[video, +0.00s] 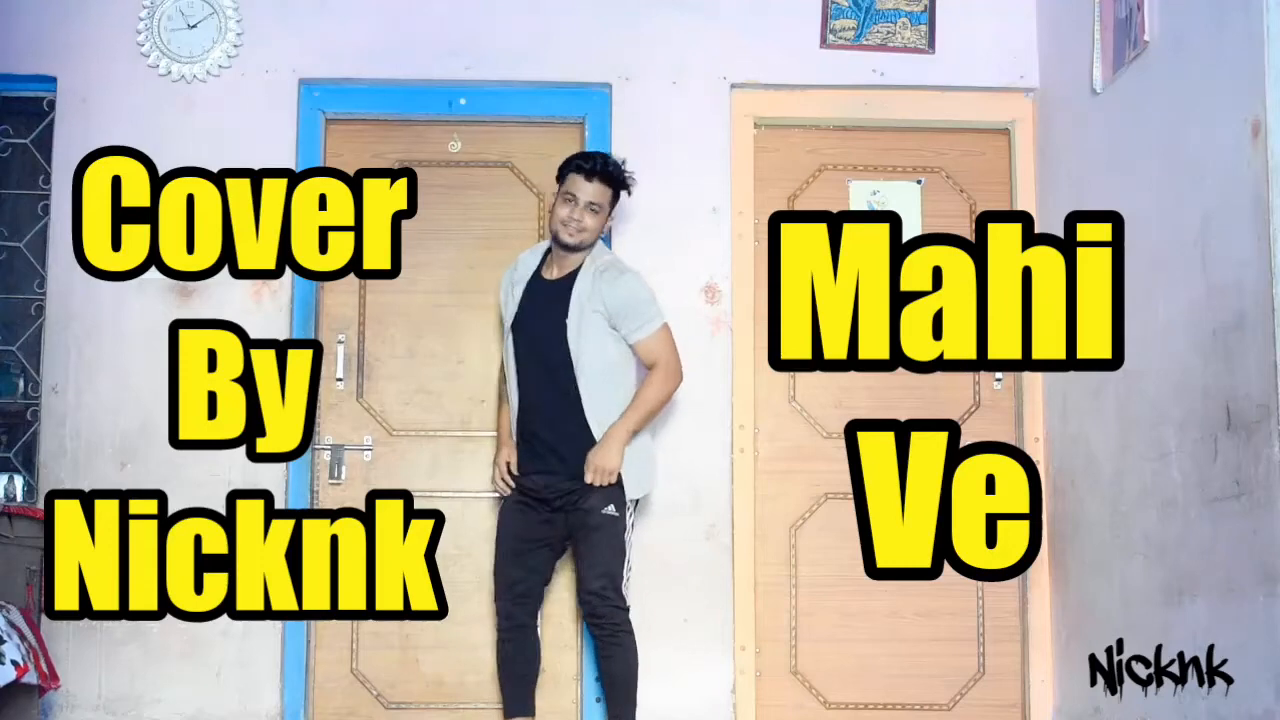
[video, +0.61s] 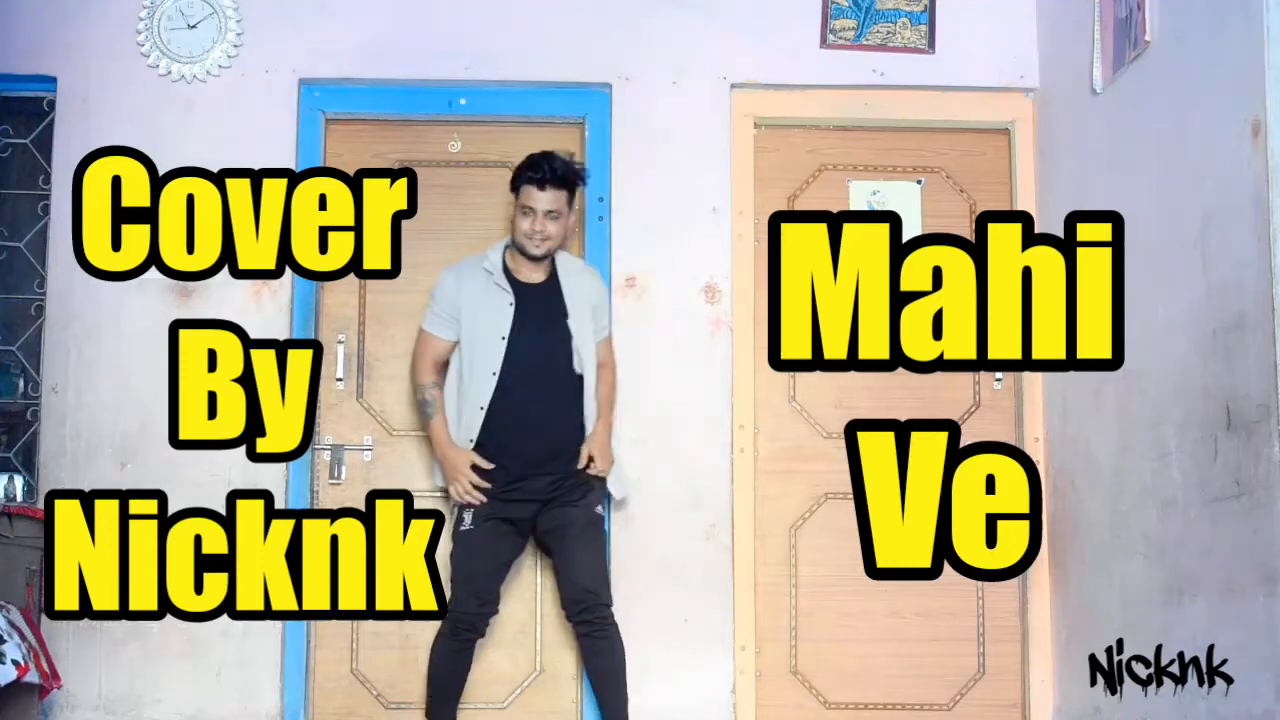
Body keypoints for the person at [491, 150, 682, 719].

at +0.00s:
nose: (575, 214)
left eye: (592, 208)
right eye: (568, 200)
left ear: (607, 220)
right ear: (551, 201)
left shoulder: (616, 283)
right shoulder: (521, 274)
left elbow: (667, 368)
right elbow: (512, 365)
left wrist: (615, 440)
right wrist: (506, 436)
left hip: (597, 486)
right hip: (530, 484)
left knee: (603, 610)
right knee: (513, 611)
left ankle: (622, 718)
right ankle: (518, 717)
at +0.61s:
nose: (538, 227)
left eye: (553, 215)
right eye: (528, 212)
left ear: (571, 219)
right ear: (511, 210)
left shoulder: (587, 283)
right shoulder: (462, 283)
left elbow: (604, 362)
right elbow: (427, 369)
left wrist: (603, 430)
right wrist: (446, 449)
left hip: (571, 486)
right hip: (491, 489)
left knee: (593, 613)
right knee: (467, 618)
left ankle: (618, 718)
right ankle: (439, 718)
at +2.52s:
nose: (539, 217)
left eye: (552, 203)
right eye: (527, 204)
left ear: (573, 203)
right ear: (512, 205)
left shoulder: (604, 264)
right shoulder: (499, 279)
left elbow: (647, 349)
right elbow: (486, 372)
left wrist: (597, 420)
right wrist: (479, 436)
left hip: (577, 468)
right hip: (509, 471)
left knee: (574, 607)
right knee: (486, 597)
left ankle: (583, 716)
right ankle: (504, 714)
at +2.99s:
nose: (472, 215)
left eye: (488, 205)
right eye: (464, 201)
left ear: (506, 212)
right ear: (450, 203)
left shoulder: (540, 264)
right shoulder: (418, 297)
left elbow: (586, 343)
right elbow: (409, 396)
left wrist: (580, 417)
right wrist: (425, 460)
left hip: (545, 469)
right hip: (464, 481)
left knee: (562, 611)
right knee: (432, 615)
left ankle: (580, 719)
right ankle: (413, 718)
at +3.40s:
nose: (433, 203)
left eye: (447, 194)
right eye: (423, 192)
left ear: (467, 206)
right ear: (410, 202)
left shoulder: (488, 271)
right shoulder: (377, 275)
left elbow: (516, 353)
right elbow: (335, 362)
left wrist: (520, 423)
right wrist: (367, 448)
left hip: (486, 474)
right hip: (409, 478)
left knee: (517, 595)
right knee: (405, 613)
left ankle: (501, 714)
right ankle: (404, 718)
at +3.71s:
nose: (427, 201)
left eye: (439, 191)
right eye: (416, 190)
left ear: (458, 201)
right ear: (398, 199)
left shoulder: (485, 271)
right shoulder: (372, 274)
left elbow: (559, 320)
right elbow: (360, 349)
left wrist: (601, 380)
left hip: (473, 472)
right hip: (395, 476)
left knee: (476, 611)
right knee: (393, 613)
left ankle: (473, 718)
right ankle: (387, 717)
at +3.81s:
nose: (424, 206)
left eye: (436, 195)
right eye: (414, 194)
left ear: (453, 204)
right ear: (394, 201)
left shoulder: (481, 267)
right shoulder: (369, 276)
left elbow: (549, 333)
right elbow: (380, 363)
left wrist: (559, 305)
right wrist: (456, 331)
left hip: (466, 474)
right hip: (388, 478)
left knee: (488, 594)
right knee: (383, 611)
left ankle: (470, 711)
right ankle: (384, 717)